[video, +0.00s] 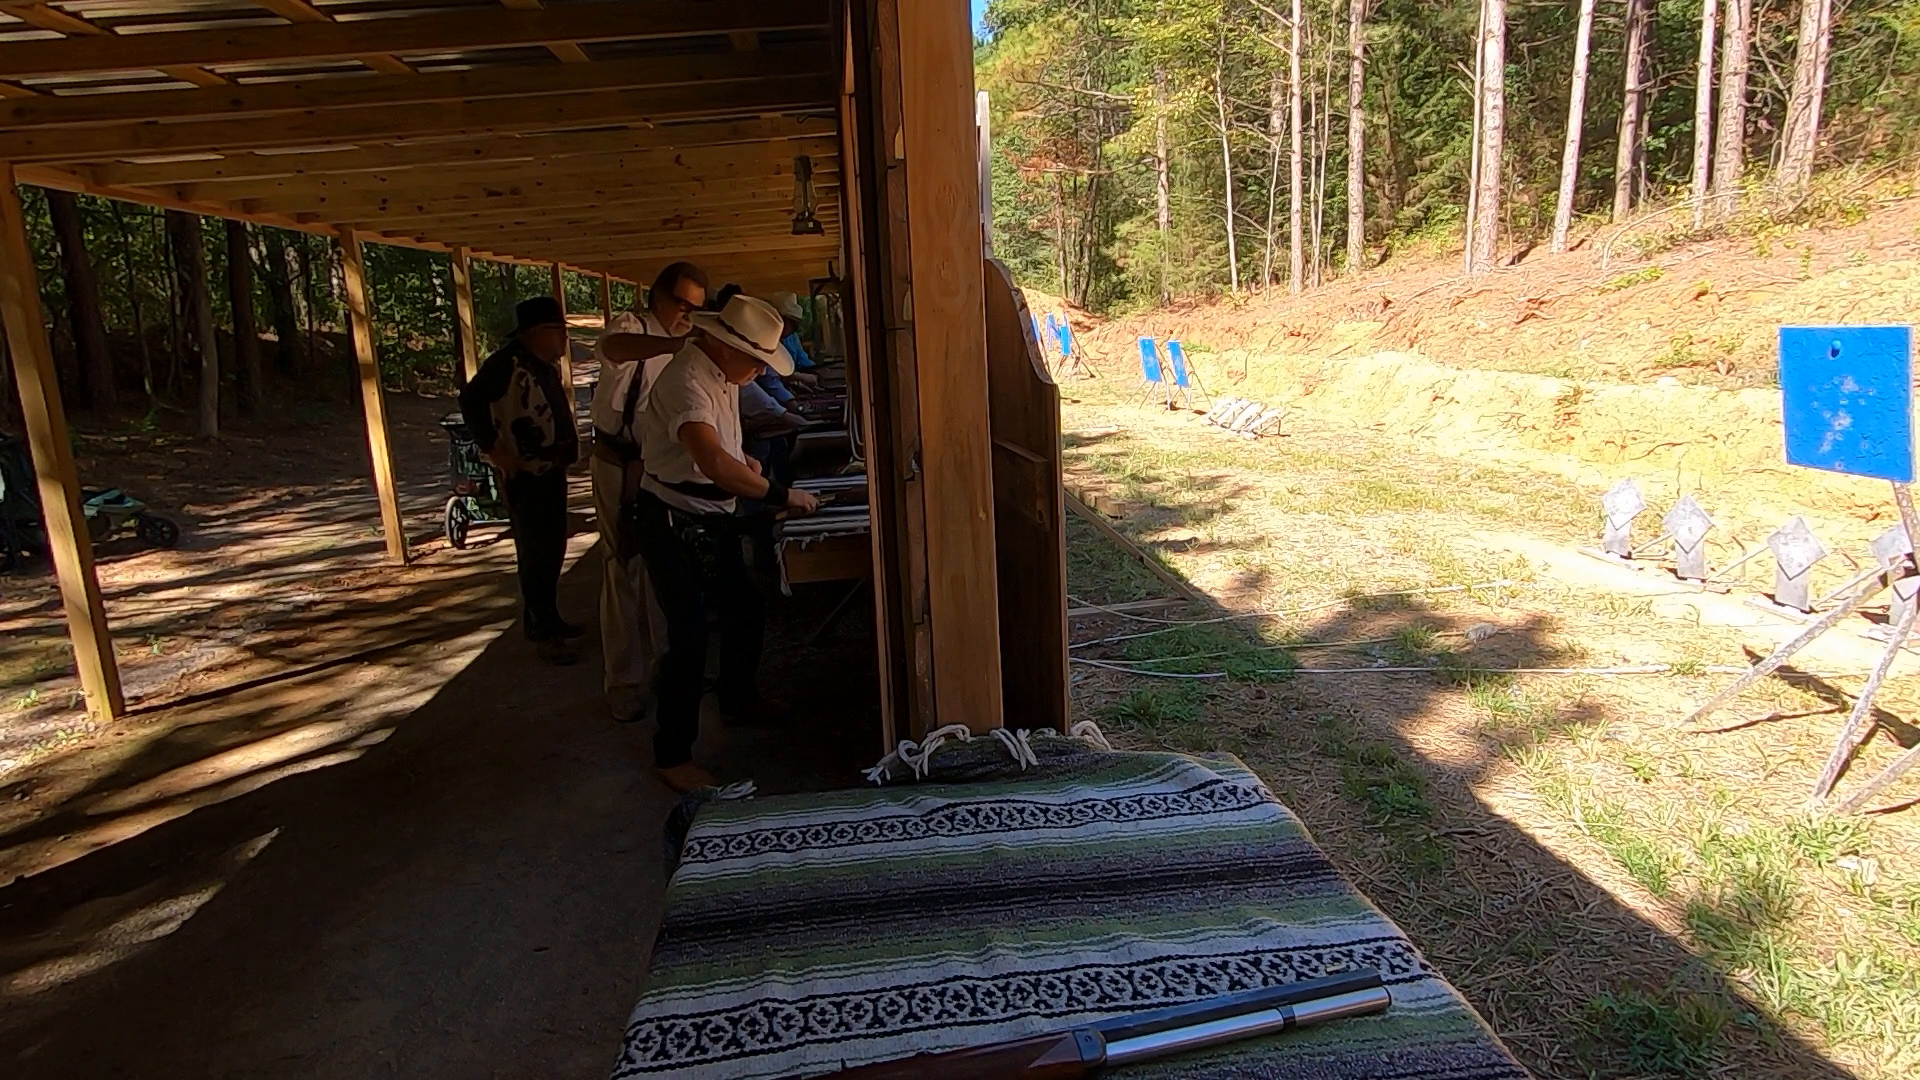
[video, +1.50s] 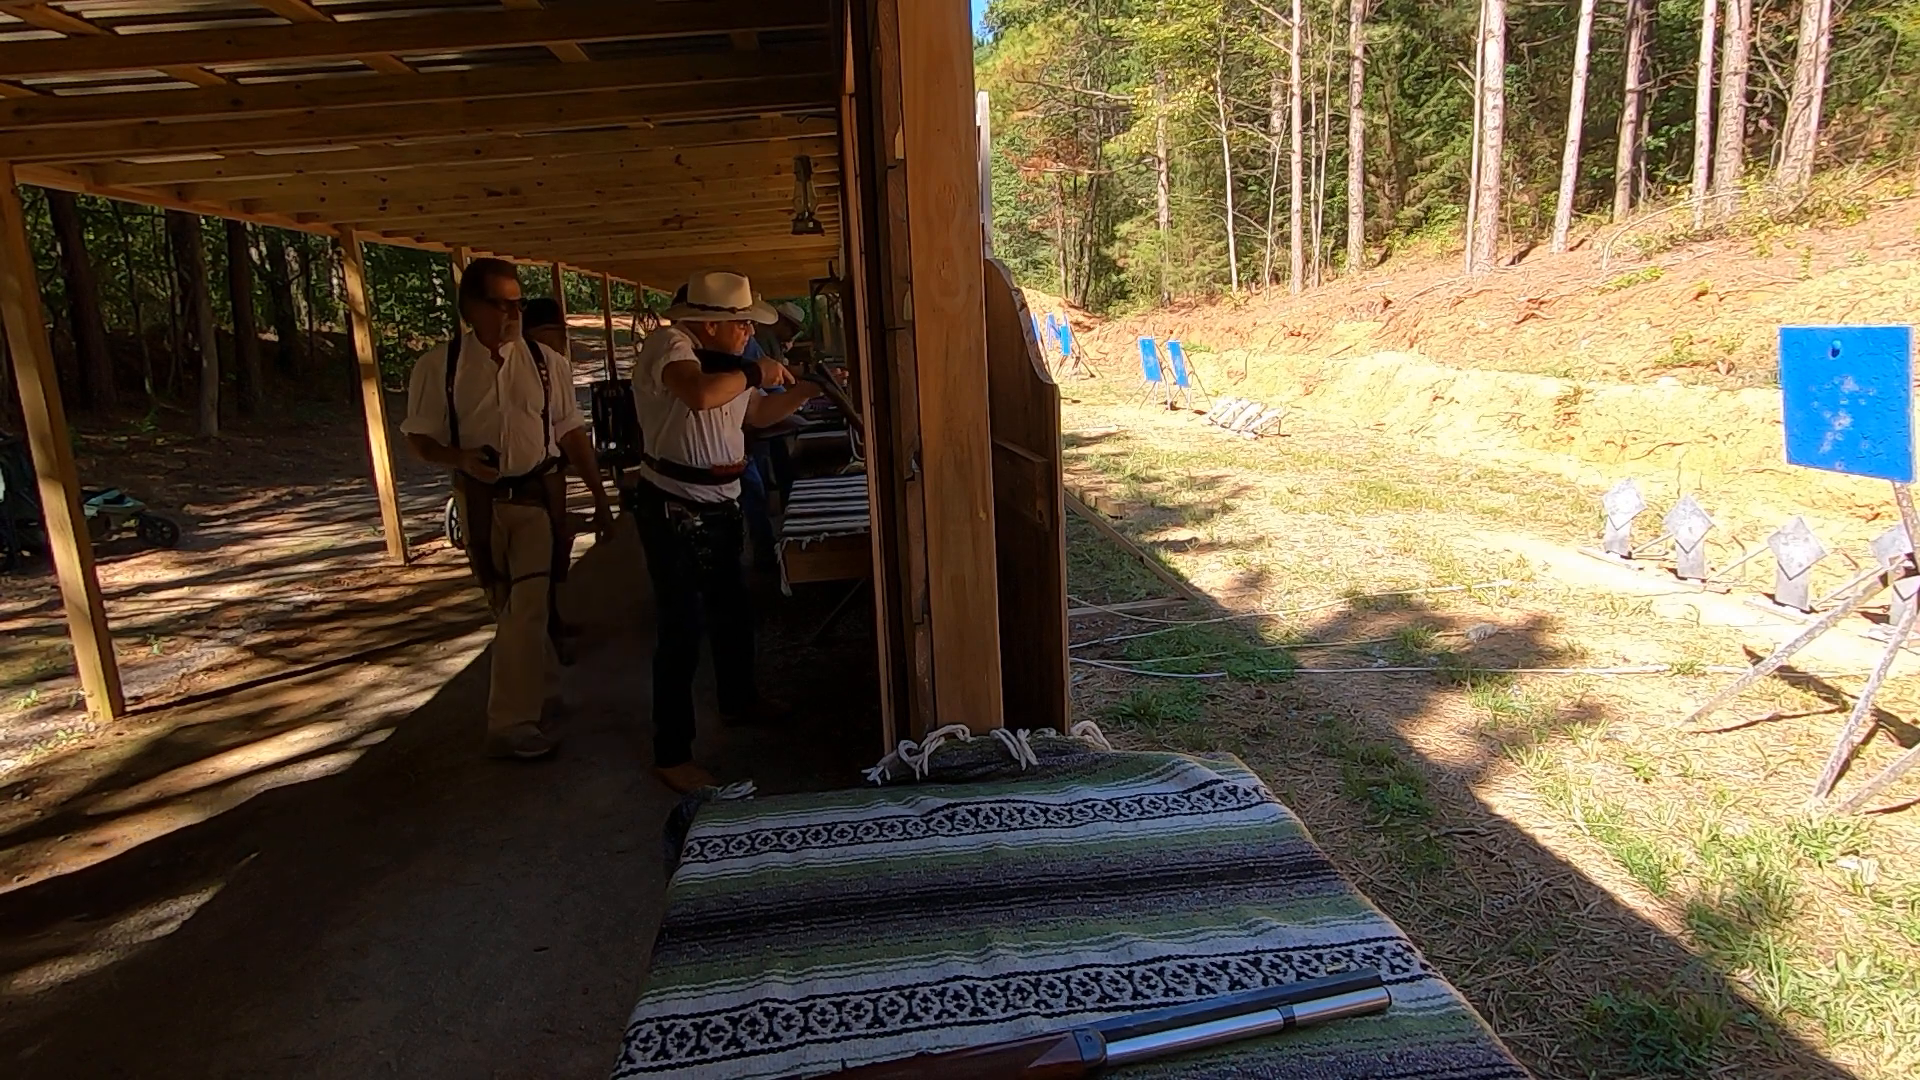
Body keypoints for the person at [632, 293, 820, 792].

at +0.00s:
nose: (758, 374)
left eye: (762, 366)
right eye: (757, 364)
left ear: (728, 348)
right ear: (730, 348)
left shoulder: (721, 377)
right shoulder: (686, 378)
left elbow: (724, 445)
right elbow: (711, 461)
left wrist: (747, 466)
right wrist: (781, 494)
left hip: (716, 516)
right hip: (673, 520)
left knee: (742, 611)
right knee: (690, 634)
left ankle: (739, 704)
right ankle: (672, 757)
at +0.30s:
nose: (758, 372)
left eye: (762, 364)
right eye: (756, 361)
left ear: (728, 348)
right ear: (730, 347)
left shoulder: (719, 376)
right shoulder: (690, 377)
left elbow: (726, 451)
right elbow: (716, 458)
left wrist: (766, 485)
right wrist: (782, 490)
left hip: (715, 516)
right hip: (674, 520)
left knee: (743, 612)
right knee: (692, 637)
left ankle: (739, 704)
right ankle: (672, 756)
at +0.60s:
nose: (758, 343)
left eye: (759, 335)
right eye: (754, 333)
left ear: (725, 329)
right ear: (723, 327)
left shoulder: (716, 360)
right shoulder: (679, 344)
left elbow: (708, 426)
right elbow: (722, 391)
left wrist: (746, 447)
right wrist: (781, 387)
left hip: (719, 508)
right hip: (676, 511)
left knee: (733, 615)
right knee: (686, 632)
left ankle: (740, 709)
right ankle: (673, 756)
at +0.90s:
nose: (750, 333)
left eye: (750, 324)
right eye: (743, 325)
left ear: (722, 324)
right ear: (712, 323)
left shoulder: (730, 359)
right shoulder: (669, 343)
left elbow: (757, 415)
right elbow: (702, 390)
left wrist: (784, 383)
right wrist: (755, 370)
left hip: (724, 508)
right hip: (674, 510)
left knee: (734, 615)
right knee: (682, 632)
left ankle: (739, 707)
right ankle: (672, 756)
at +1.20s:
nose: (745, 333)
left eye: (745, 323)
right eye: (737, 324)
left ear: (726, 323)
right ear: (706, 322)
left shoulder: (728, 359)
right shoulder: (666, 344)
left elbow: (772, 399)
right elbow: (700, 392)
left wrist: (798, 369)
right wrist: (751, 372)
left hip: (722, 507)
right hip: (672, 510)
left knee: (732, 615)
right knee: (680, 632)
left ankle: (739, 708)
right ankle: (672, 757)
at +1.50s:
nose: (748, 333)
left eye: (748, 324)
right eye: (741, 324)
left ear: (720, 325)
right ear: (709, 324)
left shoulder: (726, 365)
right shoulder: (667, 344)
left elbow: (753, 413)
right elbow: (700, 392)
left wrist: (808, 392)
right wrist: (753, 372)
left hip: (722, 508)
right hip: (672, 509)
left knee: (732, 615)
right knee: (681, 631)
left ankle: (740, 707)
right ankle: (672, 756)